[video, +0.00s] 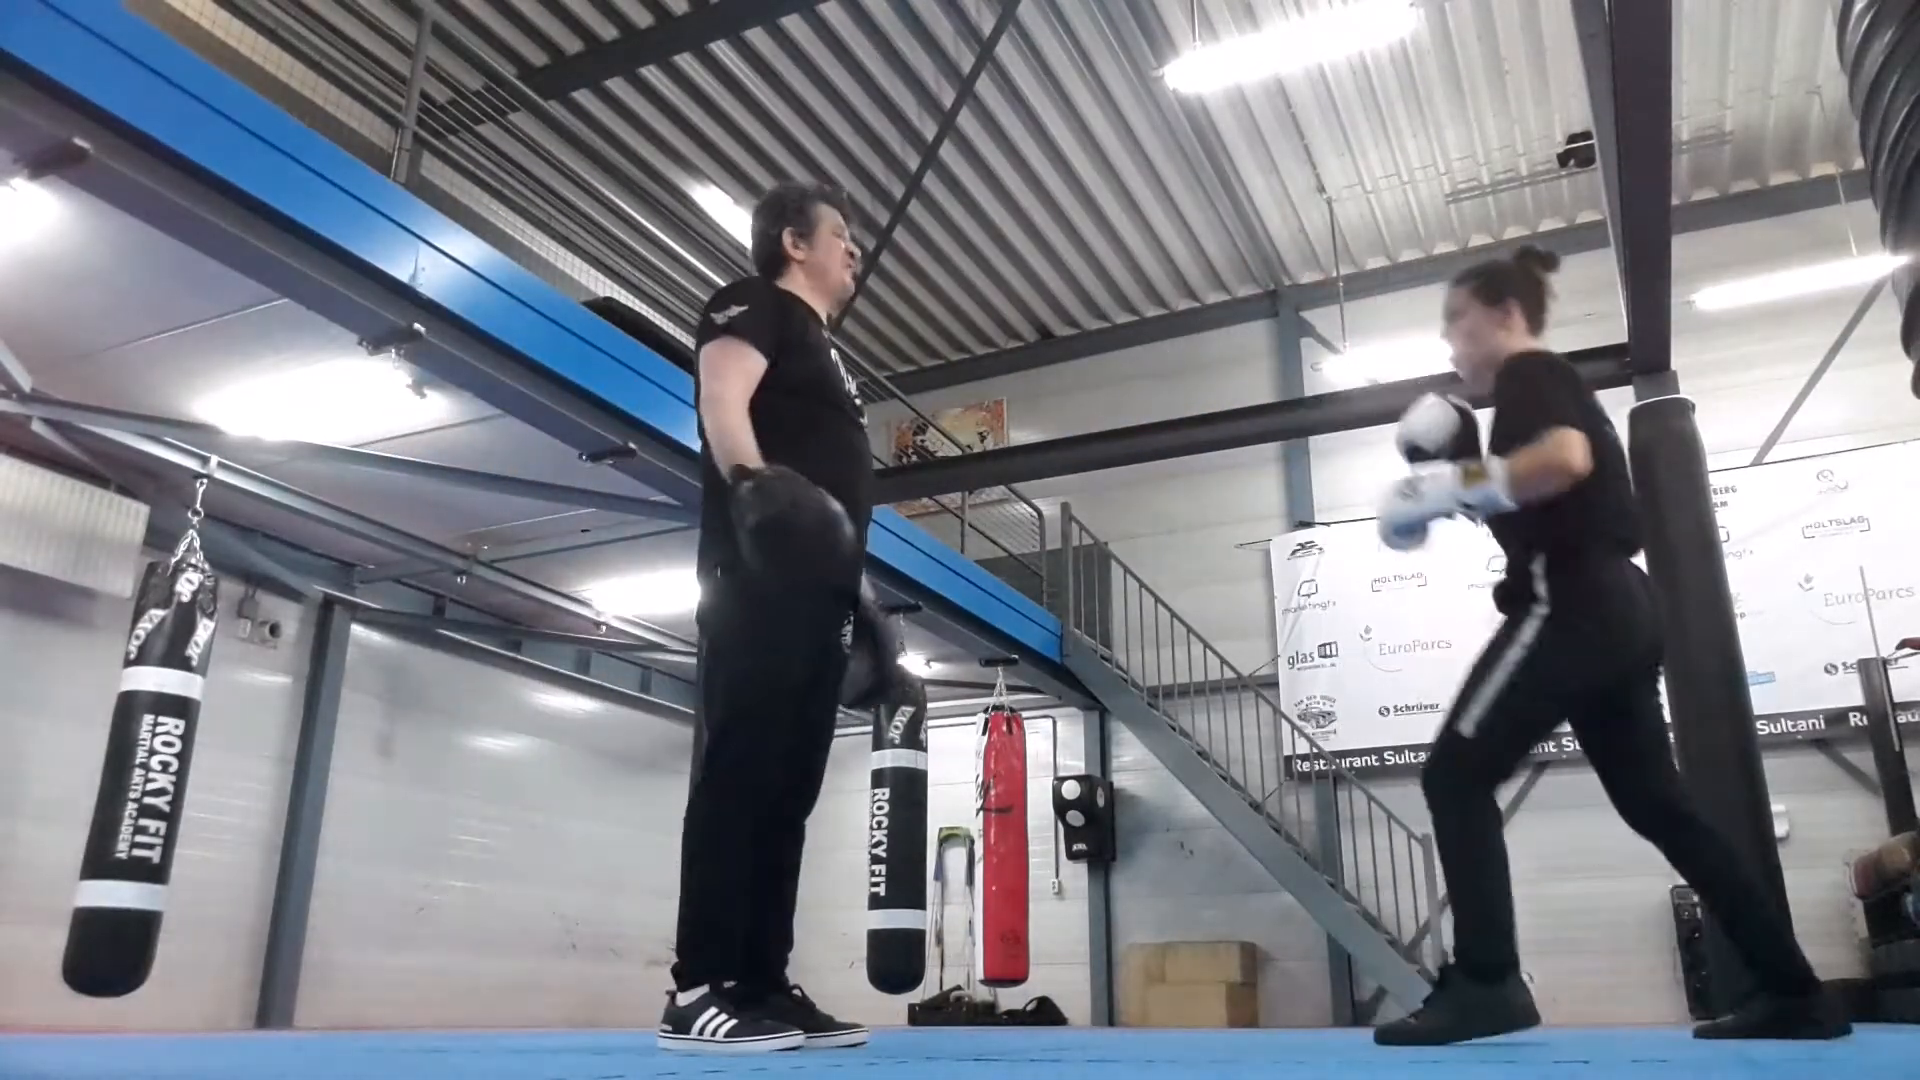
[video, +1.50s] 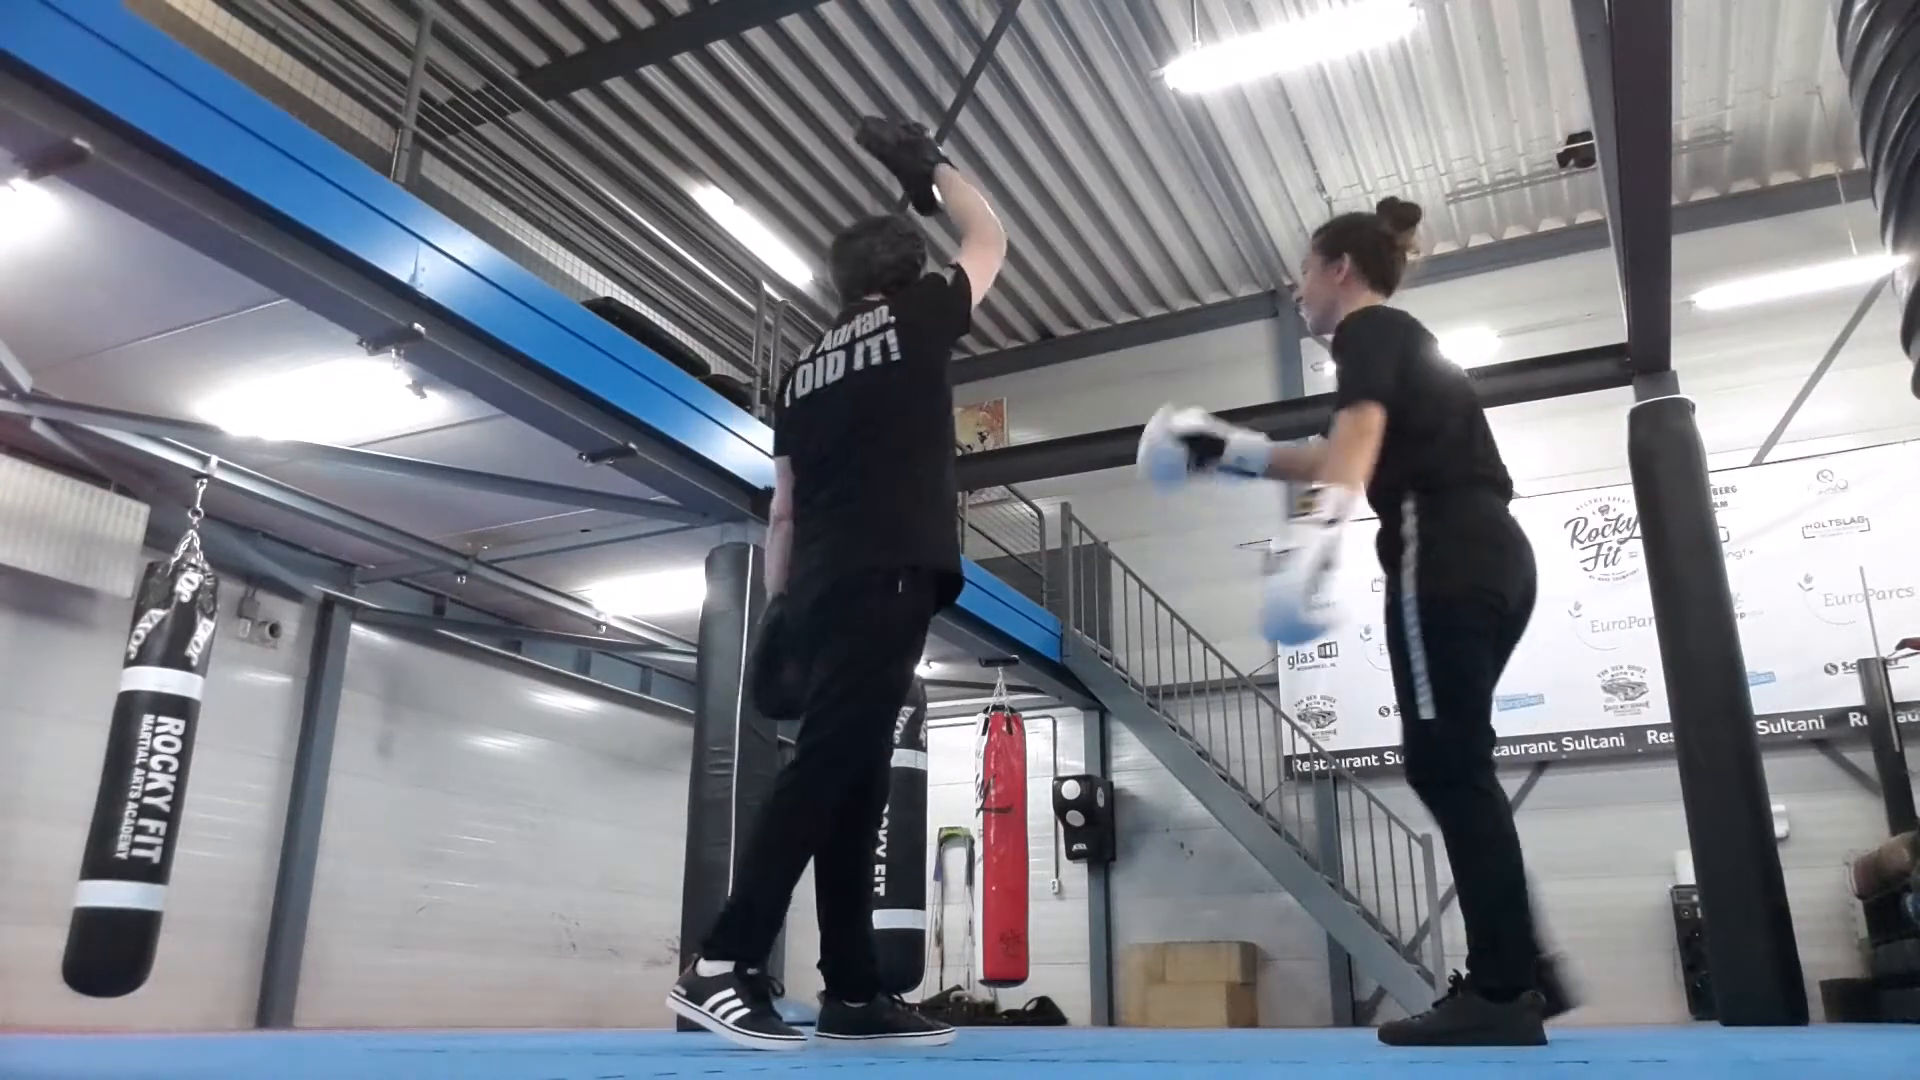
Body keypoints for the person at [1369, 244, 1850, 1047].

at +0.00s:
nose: (1449, 343)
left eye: (1457, 324)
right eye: (1447, 326)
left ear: (1505, 316)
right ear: (1513, 322)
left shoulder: (1528, 377)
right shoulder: (1548, 386)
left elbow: (1567, 457)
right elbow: (1532, 497)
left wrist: (1460, 485)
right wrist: (1451, 483)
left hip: (1574, 606)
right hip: (1616, 604)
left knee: (1454, 772)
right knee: (1655, 801)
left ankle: (1485, 983)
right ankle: (1790, 988)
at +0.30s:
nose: (1453, 303)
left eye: (1464, 288)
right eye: (1454, 290)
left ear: (1514, 286)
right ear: (1518, 295)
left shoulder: (1533, 339)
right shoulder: (1535, 360)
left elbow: (1582, 409)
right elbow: (1530, 486)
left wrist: (1487, 460)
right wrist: (1451, 495)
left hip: (1550, 574)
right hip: (1596, 575)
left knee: (1488, 763)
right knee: (1644, 779)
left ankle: (1491, 983)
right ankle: (1777, 976)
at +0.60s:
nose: (1422, 283)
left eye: (1436, 269)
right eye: (1424, 271)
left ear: (1486, 275)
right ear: (1487, 281)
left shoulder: (1509, 330)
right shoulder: (1490, 359)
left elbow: (1541, 413)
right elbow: (1486, 482)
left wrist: (1445, 477)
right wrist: (1418, 499)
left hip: (1524, 563)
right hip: (1554, 565)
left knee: (1490, 769)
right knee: (1606, 772)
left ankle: (1499, 997)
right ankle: (1764, 972)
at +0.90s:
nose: (1363, 298)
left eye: (1376, 283)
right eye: (1365, 285)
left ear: (1425, 287)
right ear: (1422, 292)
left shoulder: (1456, 342)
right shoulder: (1436, 379)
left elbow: (1506, 413)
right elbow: (1471, 513)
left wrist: (1532, 488)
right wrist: (1451, 612)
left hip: (1525, 574)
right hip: (1534, 582)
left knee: (1478, 766)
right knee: (1604, 780)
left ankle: (1497, 996)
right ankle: (1762, 975)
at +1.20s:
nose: (1312, 294)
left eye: (1327, 280)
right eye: (1315, 282)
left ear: (1378, 286)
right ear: (1366, 292)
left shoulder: (1428, 344)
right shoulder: (1371, 406)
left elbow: (1500, 403)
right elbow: (1371, 516)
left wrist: (1508, 473)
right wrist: (1353, 609)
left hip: (1487, 578)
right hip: (1510, 582)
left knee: (1447, 772)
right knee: (1581, 778)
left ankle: (1498, 994)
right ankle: (1752, 967)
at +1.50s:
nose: (1297, 289)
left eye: (1304, 272)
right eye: (1299, 275)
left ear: (1342, 270)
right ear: (1367, 274)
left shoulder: (1368, 329)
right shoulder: (1400, 343)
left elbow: (1361, 435)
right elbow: (1345, 461)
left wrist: (1321, 532)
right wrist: (1240, 452)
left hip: (1442, 554)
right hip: (1487, 551)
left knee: (1446, 763)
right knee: (1450, 761)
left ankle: (1502, 989)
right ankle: (1522, 971)